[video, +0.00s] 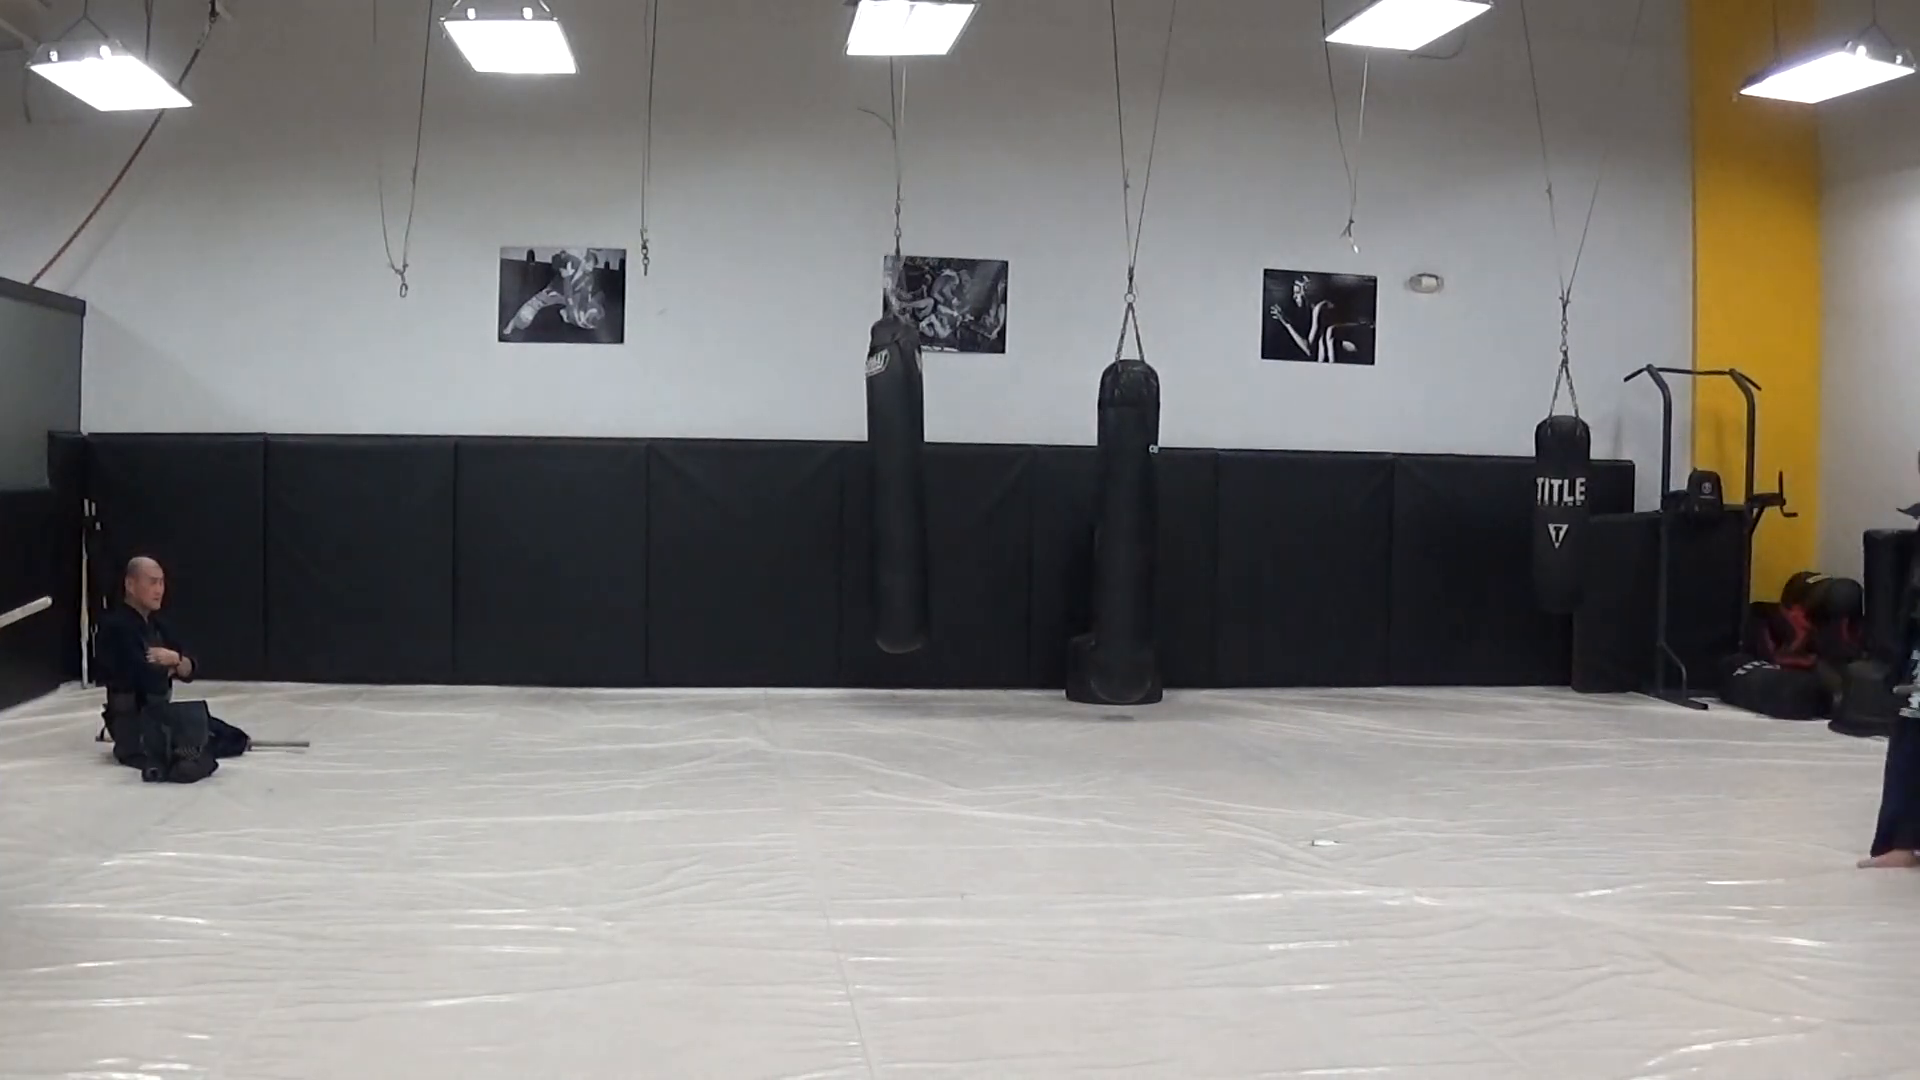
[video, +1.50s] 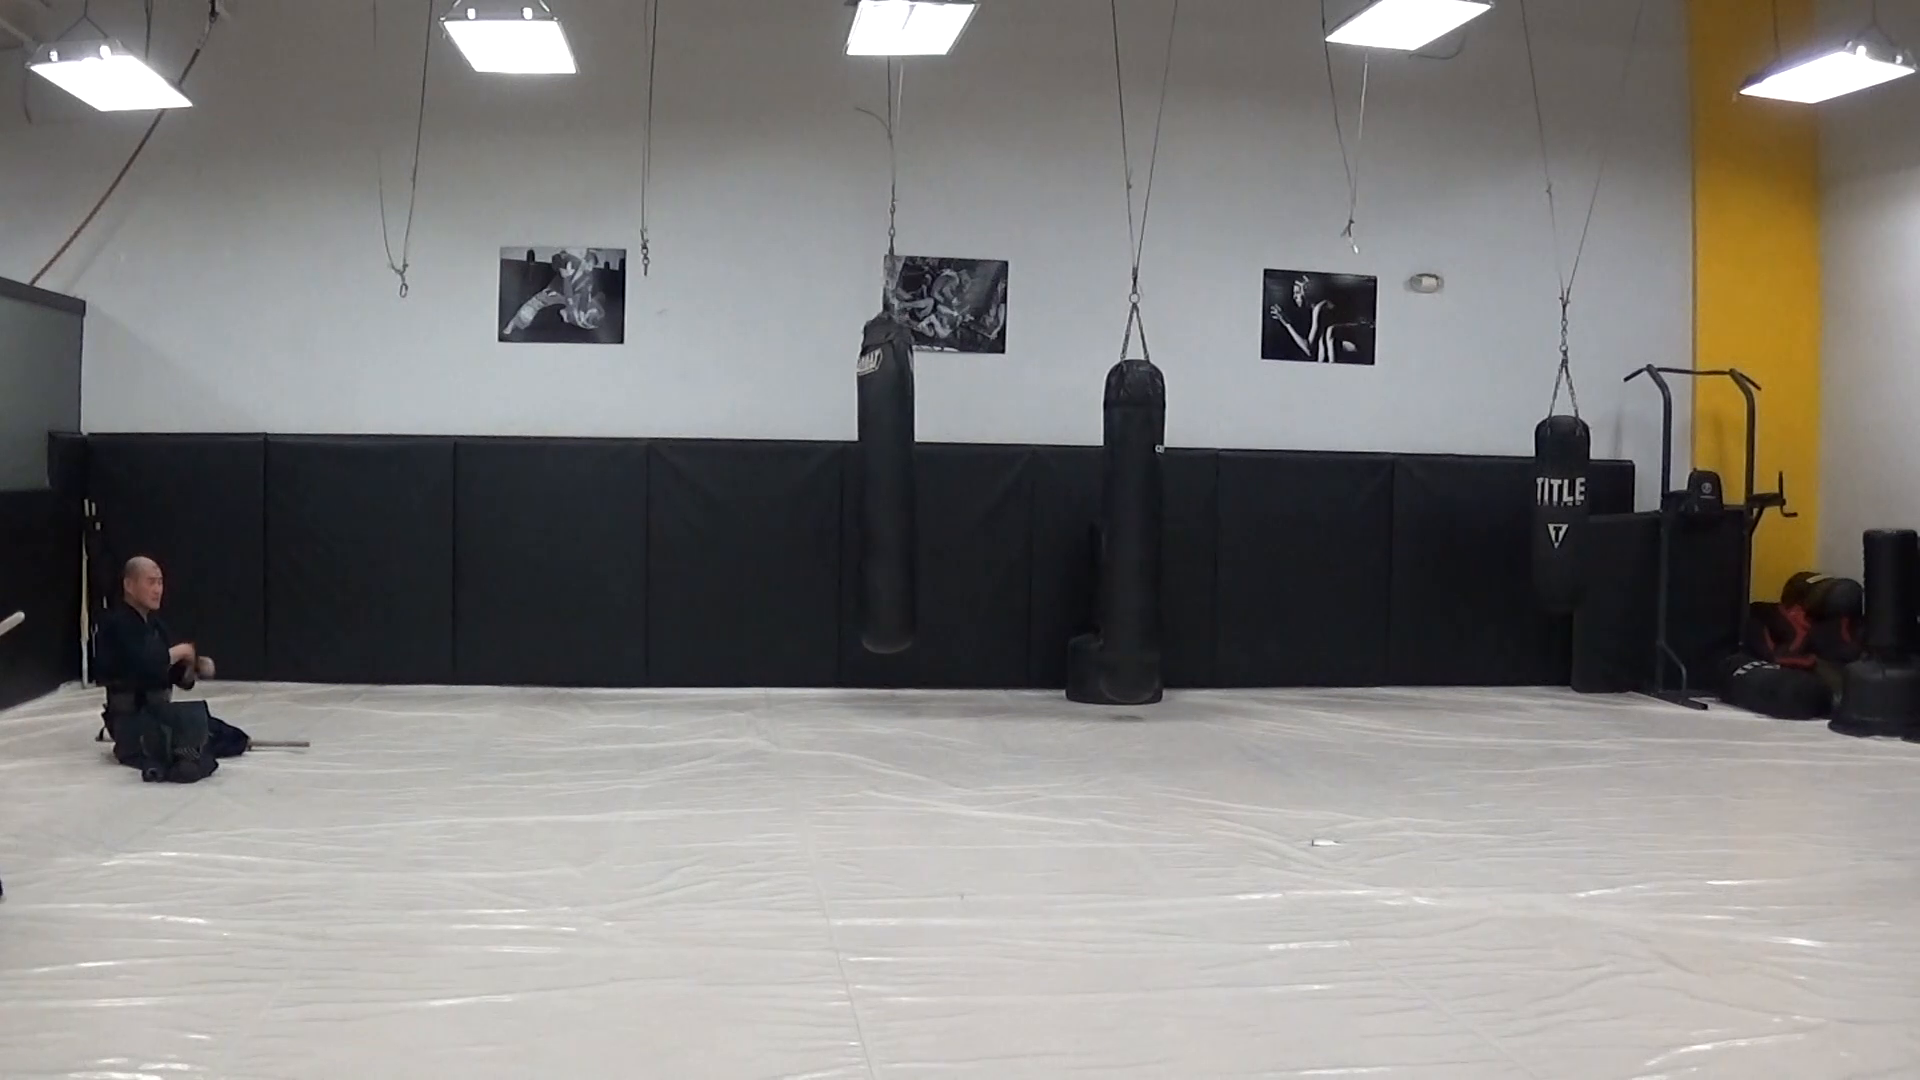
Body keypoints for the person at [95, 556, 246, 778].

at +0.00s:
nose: (160, 590)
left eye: (161, 583)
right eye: (153, 582)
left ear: (164, 585)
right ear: (130, 585)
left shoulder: (156, 623)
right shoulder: (115, 625)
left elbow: (191, 671)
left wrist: (175, 659)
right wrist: (173, 667)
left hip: (161, 720)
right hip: (132, 729)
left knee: (236, 740)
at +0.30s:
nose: (159, 589)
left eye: (161, 583)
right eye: (152, 582)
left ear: (163, 585)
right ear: (129, 584)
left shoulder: (155, 622)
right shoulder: (115, 625)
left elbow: (191, 670)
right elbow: (142, 679)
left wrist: (175, 658)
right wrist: (173, 667)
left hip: (162, 721)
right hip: (132, 731)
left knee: (237, 740)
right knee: (201, 762)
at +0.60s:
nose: (159, 589)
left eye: (161, 582)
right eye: (152, 582)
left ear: (164, 585)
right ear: (130, 584)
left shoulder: (155, 622)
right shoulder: (115, 624)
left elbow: (191, 671)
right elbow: (141, 678)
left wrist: (176, 658)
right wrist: (173, 667)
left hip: (162, 720)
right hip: (132, 729)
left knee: (237, 740)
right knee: (201, 761)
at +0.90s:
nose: (160, 590)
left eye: (162, 583)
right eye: (153, 582)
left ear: (164, 585)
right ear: (130, 584)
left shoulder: (156, 622)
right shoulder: (115, 624)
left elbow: (190, 671)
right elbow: (140, 677)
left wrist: (176, 659)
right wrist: (172, 667)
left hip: (162, 721)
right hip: (132, 732)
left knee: (237, 740)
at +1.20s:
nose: (159, 590)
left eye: (161, 583)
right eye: (152, 582)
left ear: (164, 586)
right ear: (129, 585)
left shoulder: (156, 623)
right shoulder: (116, 625)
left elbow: (191, 671)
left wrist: (175, 659)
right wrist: (172, 667)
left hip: (162, 719)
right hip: (130, 726)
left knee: (237, 740)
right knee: (198, 761)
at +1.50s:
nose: (159, 589)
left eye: (160, 582)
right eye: (152, 582)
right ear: (129, 585)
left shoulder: (155, 623)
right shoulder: (114, 624)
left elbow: (169, 674)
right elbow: (136, 664)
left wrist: (190, 669)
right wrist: (175, 654)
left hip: (162, 716)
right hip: (129, 723)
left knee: (236, 740)